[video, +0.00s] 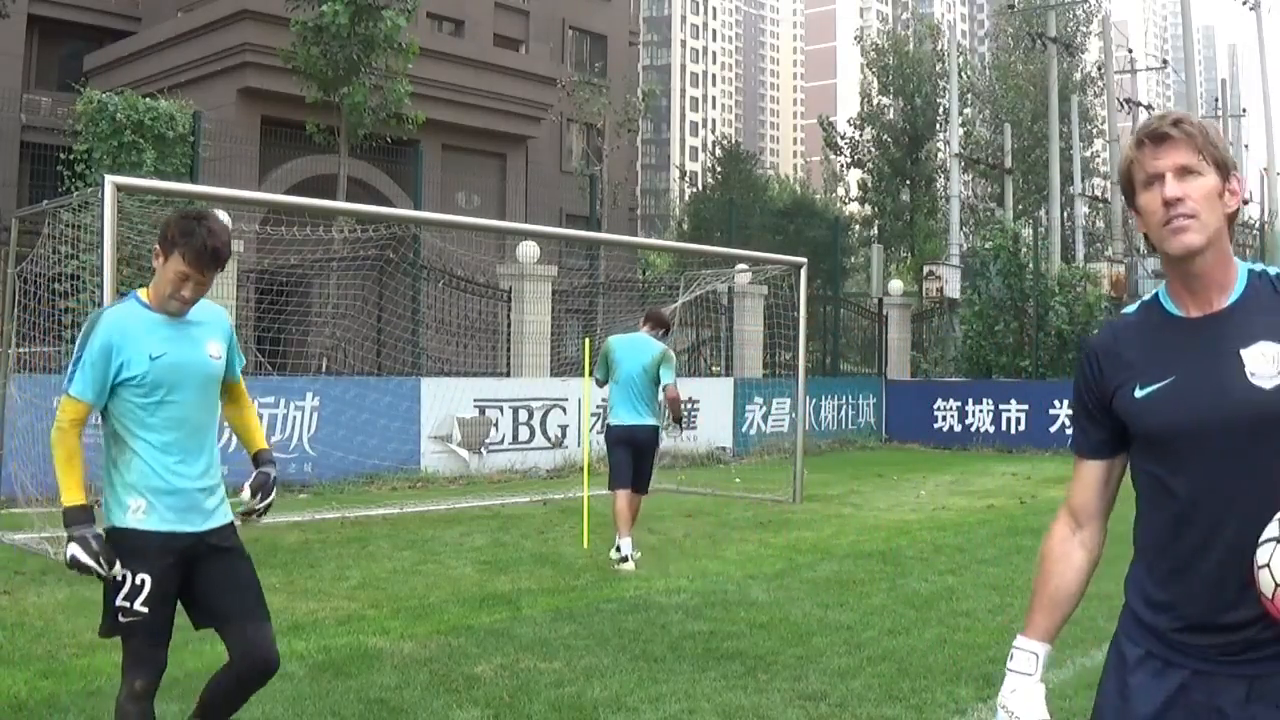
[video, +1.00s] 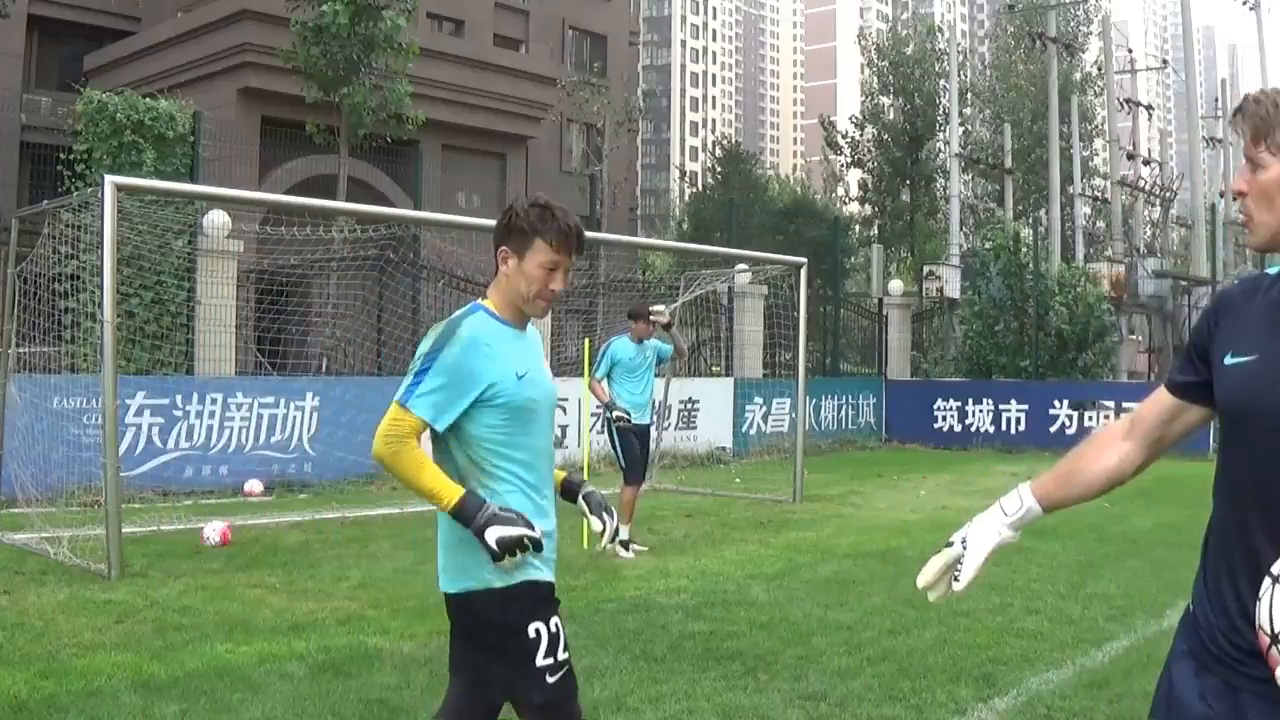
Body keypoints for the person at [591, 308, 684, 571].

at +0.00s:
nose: (657, 336)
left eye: (647, 326)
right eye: (662, 334)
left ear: (642, 322)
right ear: (663, 332)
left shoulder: (612, 342)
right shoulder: (664, 352)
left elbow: (600, 381)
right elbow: (671, 395)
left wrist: (618, 362)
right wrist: (678, 419)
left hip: (617, 428)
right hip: (647, 431)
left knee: (621, 490)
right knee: (637, 492)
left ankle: (627, 554)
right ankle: (620, 546)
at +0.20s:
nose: (661, 343)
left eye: (662, 339)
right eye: (664, 339)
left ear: (643, 324)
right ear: (661, 333)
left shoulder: (611, 342)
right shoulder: (656, 352)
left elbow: (600, 381)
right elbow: (654, 394)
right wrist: (667, 423)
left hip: (610, 427)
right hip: (639, 429)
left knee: (611, 486)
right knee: (632, 490)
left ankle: (614, 529)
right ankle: (620, 544)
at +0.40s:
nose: (662, 345)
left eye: (665, 342)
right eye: (665, 340)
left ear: (647, 326)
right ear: (659, 331)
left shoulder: (613, 341)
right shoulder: (648, 350)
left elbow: (600, 380)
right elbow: (638, 392)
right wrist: (654, 416)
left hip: (609, 422)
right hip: (632, 424)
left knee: (624, 478)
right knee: (630, 487)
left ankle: (604, 525)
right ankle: (617, 548)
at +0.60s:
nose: (662, 345)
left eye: (665, 341)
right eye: (664, 339)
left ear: (650, 328)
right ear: (653, 329)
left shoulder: (627, 342)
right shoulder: (636, 347)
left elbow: (626, 376)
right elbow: (619, 385)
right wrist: (642, 412)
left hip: (619, 418)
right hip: (625, 420)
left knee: (625, 482)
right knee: (630, 484)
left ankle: (622, 535)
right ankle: (618, 545)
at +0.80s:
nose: (658, 336)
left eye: (660, 332)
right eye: (657, 331)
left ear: (652, 330)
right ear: (643, 325)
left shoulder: (647, 350)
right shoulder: (624, 346)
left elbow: (670, 368)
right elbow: (602, 383)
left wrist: (669, 343)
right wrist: (625, 408)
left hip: (635, 420)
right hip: (618, 420)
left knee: (637, 481)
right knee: (636, 481)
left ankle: (622, 536)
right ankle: (618, 540)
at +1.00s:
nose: (653, 328)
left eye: (654, 324)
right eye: (649, 324)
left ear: (652, 326)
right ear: (635, 323)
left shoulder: (653, 346)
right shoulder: (615, 347)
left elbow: (681, 353)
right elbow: (594, 381)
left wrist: (669, 327)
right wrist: (610, 406)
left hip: (643, 421)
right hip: (620, 419)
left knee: (637, 480)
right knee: (633, 476)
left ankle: (623, 533)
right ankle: (622, 537)